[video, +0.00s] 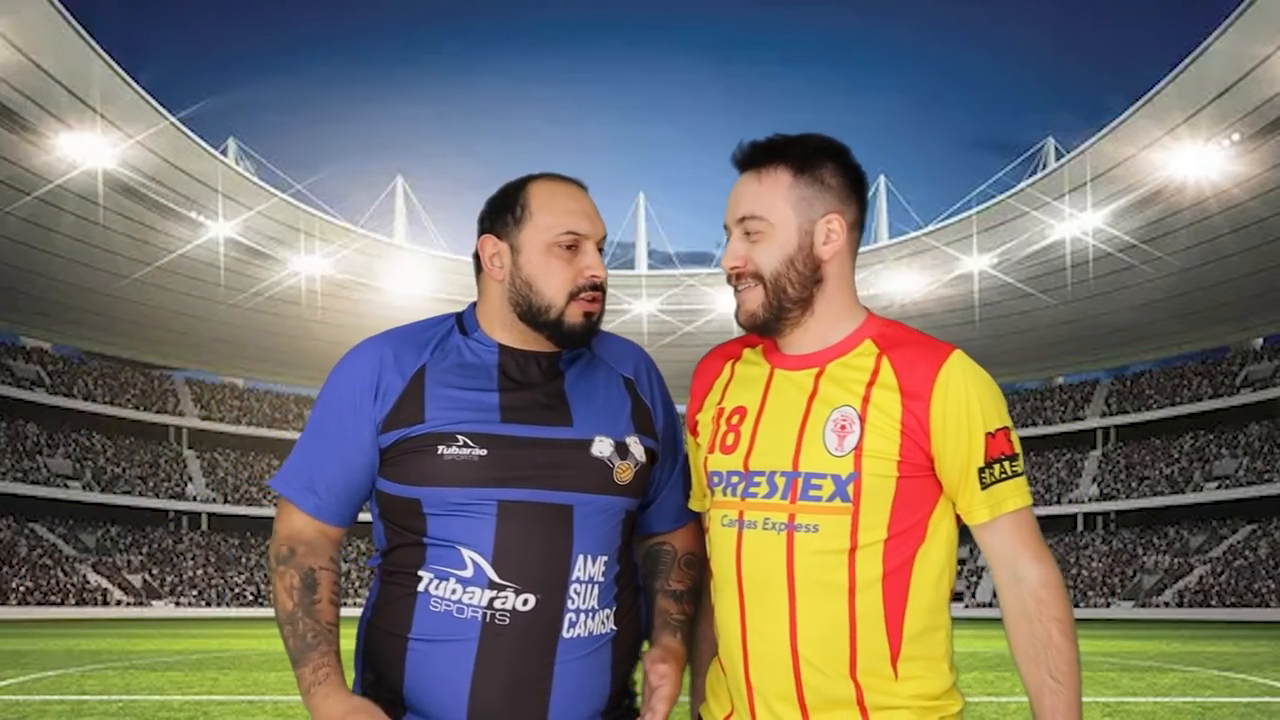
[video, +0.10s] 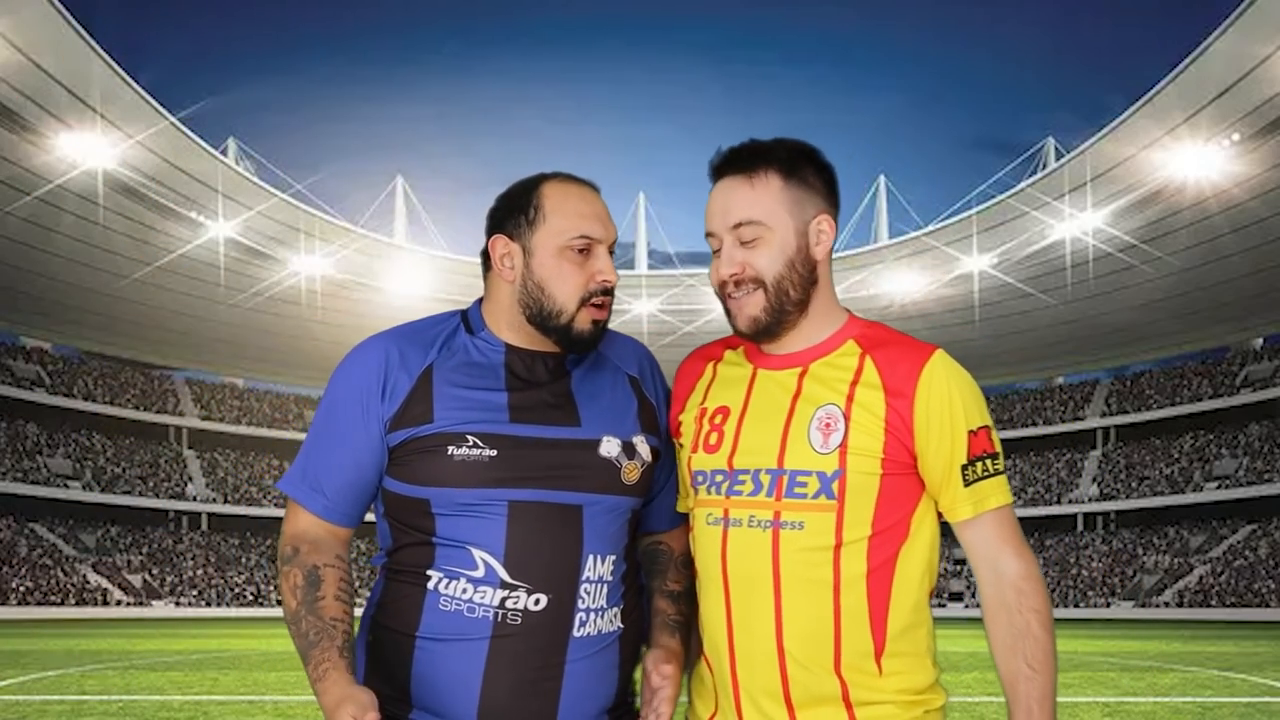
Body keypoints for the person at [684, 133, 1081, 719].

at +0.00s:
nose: (729, 261)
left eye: (752, 234)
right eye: (730, 237)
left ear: (829, 236)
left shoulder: (940, 382)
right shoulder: (714, 378)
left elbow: (1022, 573)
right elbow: (709, 568)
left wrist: (1059, 714)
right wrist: (703, 699)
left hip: (893, 705)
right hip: (733, 706)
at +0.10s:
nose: (722, 270)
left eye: (749, 241)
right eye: (714, 248)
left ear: (820, 237)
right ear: (709, 255)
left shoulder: (921, 381)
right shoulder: (696, 379)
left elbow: (1005, 573)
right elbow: (677, 554)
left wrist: (1033, 713)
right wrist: (659, 687)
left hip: (880, 705)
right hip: (722, 706)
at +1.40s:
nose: (564, 242)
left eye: (594, 218)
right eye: (577, 218)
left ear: (668, 241)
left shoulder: (762, 385)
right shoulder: (577, 374)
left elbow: (835, 605)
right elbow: (575, 575)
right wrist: (527, 697)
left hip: (714, 703)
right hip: (580, 703)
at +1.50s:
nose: (530, 246)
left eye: (560, 222)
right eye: (538, 222)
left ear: (636, 242)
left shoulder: (730, 380)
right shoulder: (539, 381)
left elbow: (817, 589)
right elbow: (525, 575)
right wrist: (501, 694)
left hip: (712, 702)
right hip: (574, 705)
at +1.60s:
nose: (496, 257)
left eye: (525, 230)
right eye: (499, 235)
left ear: (601, 243)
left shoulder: (710, 375)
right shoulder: (505, 393)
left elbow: (806, 575)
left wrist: (838, 712)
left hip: (709, 702)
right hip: (568, 704)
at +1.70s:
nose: (465, 261)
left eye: (488, 234)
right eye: (474, 235)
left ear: (563, 245)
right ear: (563, 248)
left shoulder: (702, 372)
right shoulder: (485, 396)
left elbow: (796, 561)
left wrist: (859, 711)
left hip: (706, 703)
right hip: (562, 707)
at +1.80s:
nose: (461, 267)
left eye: (483, 240)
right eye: (470, 241)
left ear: (554, 251)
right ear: (554, 253)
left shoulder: (698, 367)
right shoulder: (487, 400)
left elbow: (797, 558)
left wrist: (870, 711)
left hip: (701, 702)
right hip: (556, 707)